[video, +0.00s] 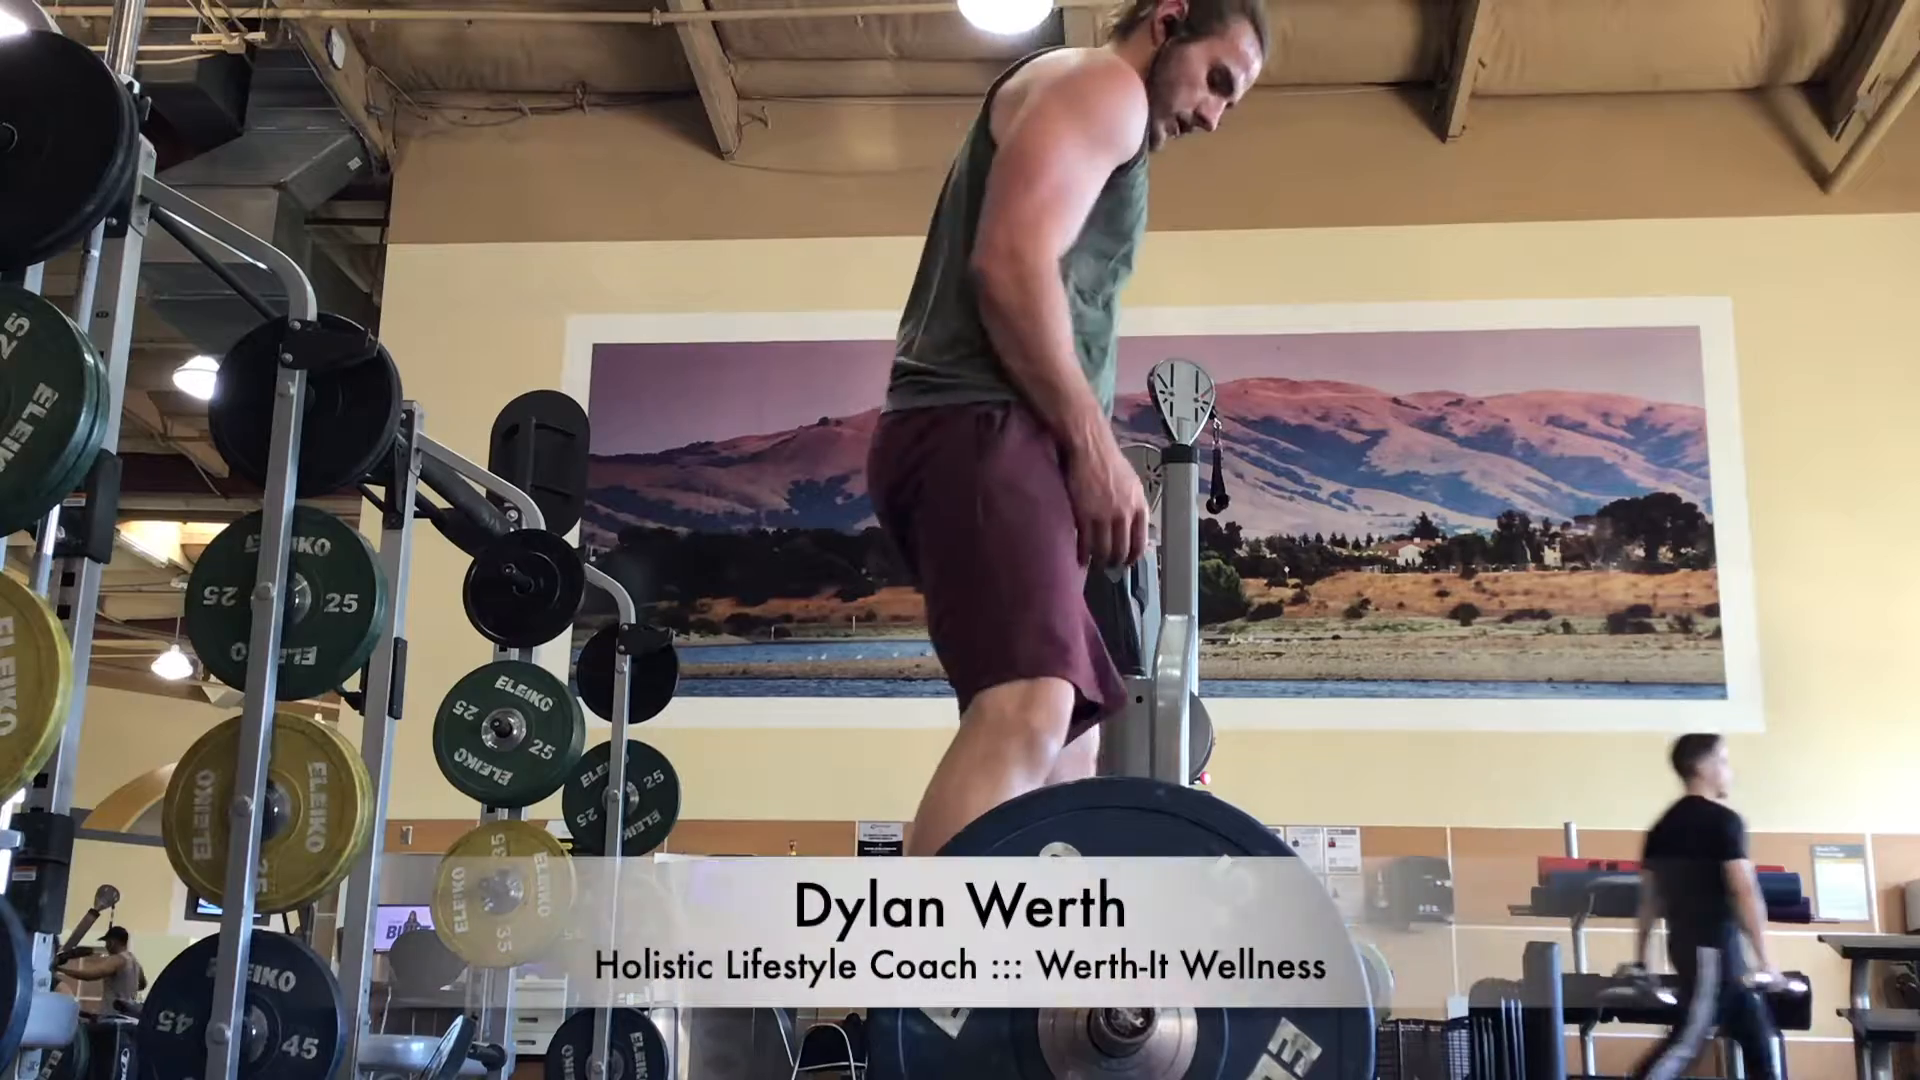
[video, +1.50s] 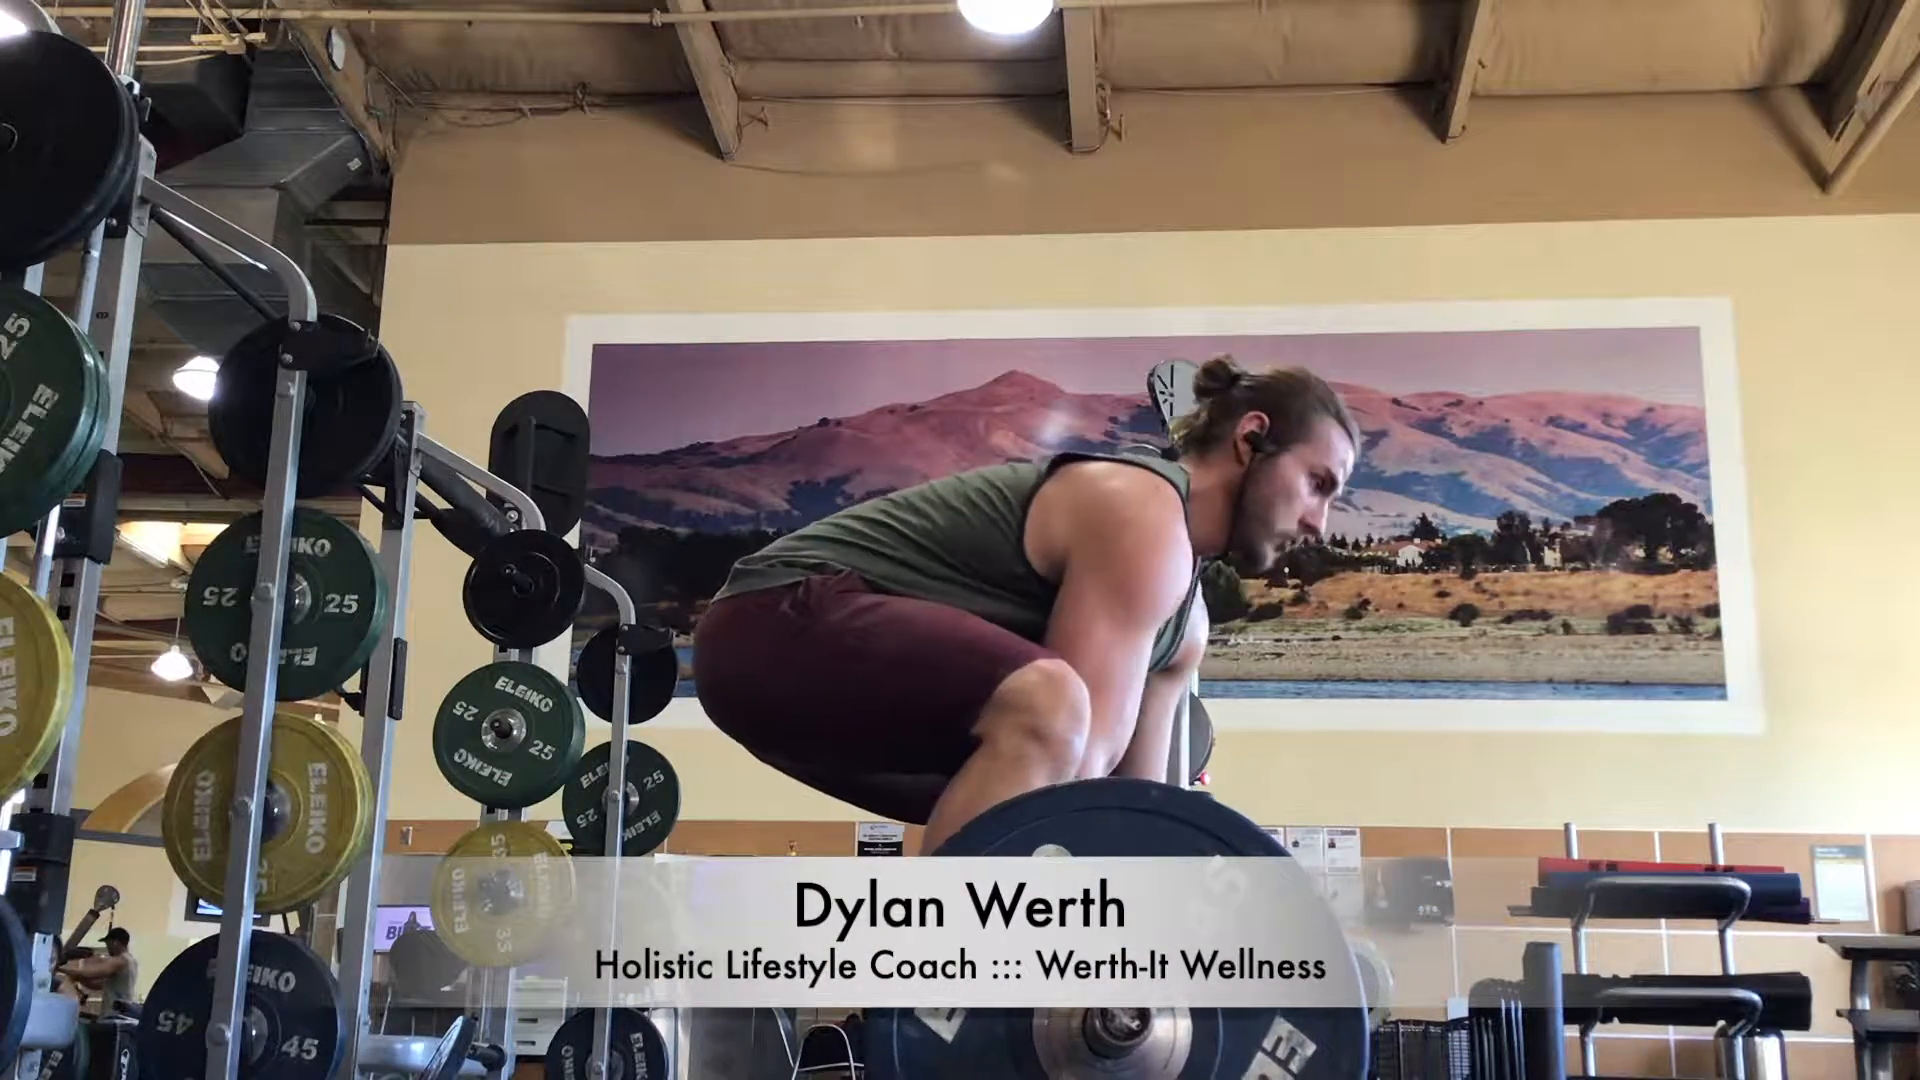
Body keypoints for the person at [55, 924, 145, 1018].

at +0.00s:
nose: (106, 946)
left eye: (107, 942)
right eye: (106, 942)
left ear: (114, 942)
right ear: (124, 942)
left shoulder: (117, 959)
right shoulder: (134, 961)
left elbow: (89, 975)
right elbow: (142, 984)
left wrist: (61, 970)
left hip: (110, 1016)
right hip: (127, 1017)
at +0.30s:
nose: (107, 945)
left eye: (109, 942)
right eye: (106, 942)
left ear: (116, 942)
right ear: (124, 942)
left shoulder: (119, 960)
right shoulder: (132, 960)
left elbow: (89, 975)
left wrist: (61, 969)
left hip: (111, 1016)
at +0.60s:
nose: (107, 946)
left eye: (108, 943)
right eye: (106, 943)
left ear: (116, 943)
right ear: (123, 943)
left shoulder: (121, 960)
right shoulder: (132, 960)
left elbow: (87, 974)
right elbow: (117, 987)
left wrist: (61, 969)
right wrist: (90, 989)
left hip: (112, 1017)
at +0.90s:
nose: (107, 946)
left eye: (108, 943)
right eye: (106, 943)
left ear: (116, 943)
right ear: (122, 943)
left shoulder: (121, 960)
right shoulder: (131, 960)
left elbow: (88, 974)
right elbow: (110, 991)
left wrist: (61, 969)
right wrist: (79, 989)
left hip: (113, 1017)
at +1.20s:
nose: (107, 948)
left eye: (108, 944)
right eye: (107, 944)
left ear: (116, 943)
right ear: (121, 943)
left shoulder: (121, 960)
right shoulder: (130, 961)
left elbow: (88, 974)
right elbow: (105, 987)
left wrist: (61, 969)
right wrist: (79, 984)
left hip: (112, 1018)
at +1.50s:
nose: (107, 947)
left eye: (108, 944)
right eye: (106, 944)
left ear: (116, 943)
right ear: (121, 943)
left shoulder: (122, 960)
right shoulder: (129, 961)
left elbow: (88, 973)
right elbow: (97, 985)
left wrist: (60, 969)